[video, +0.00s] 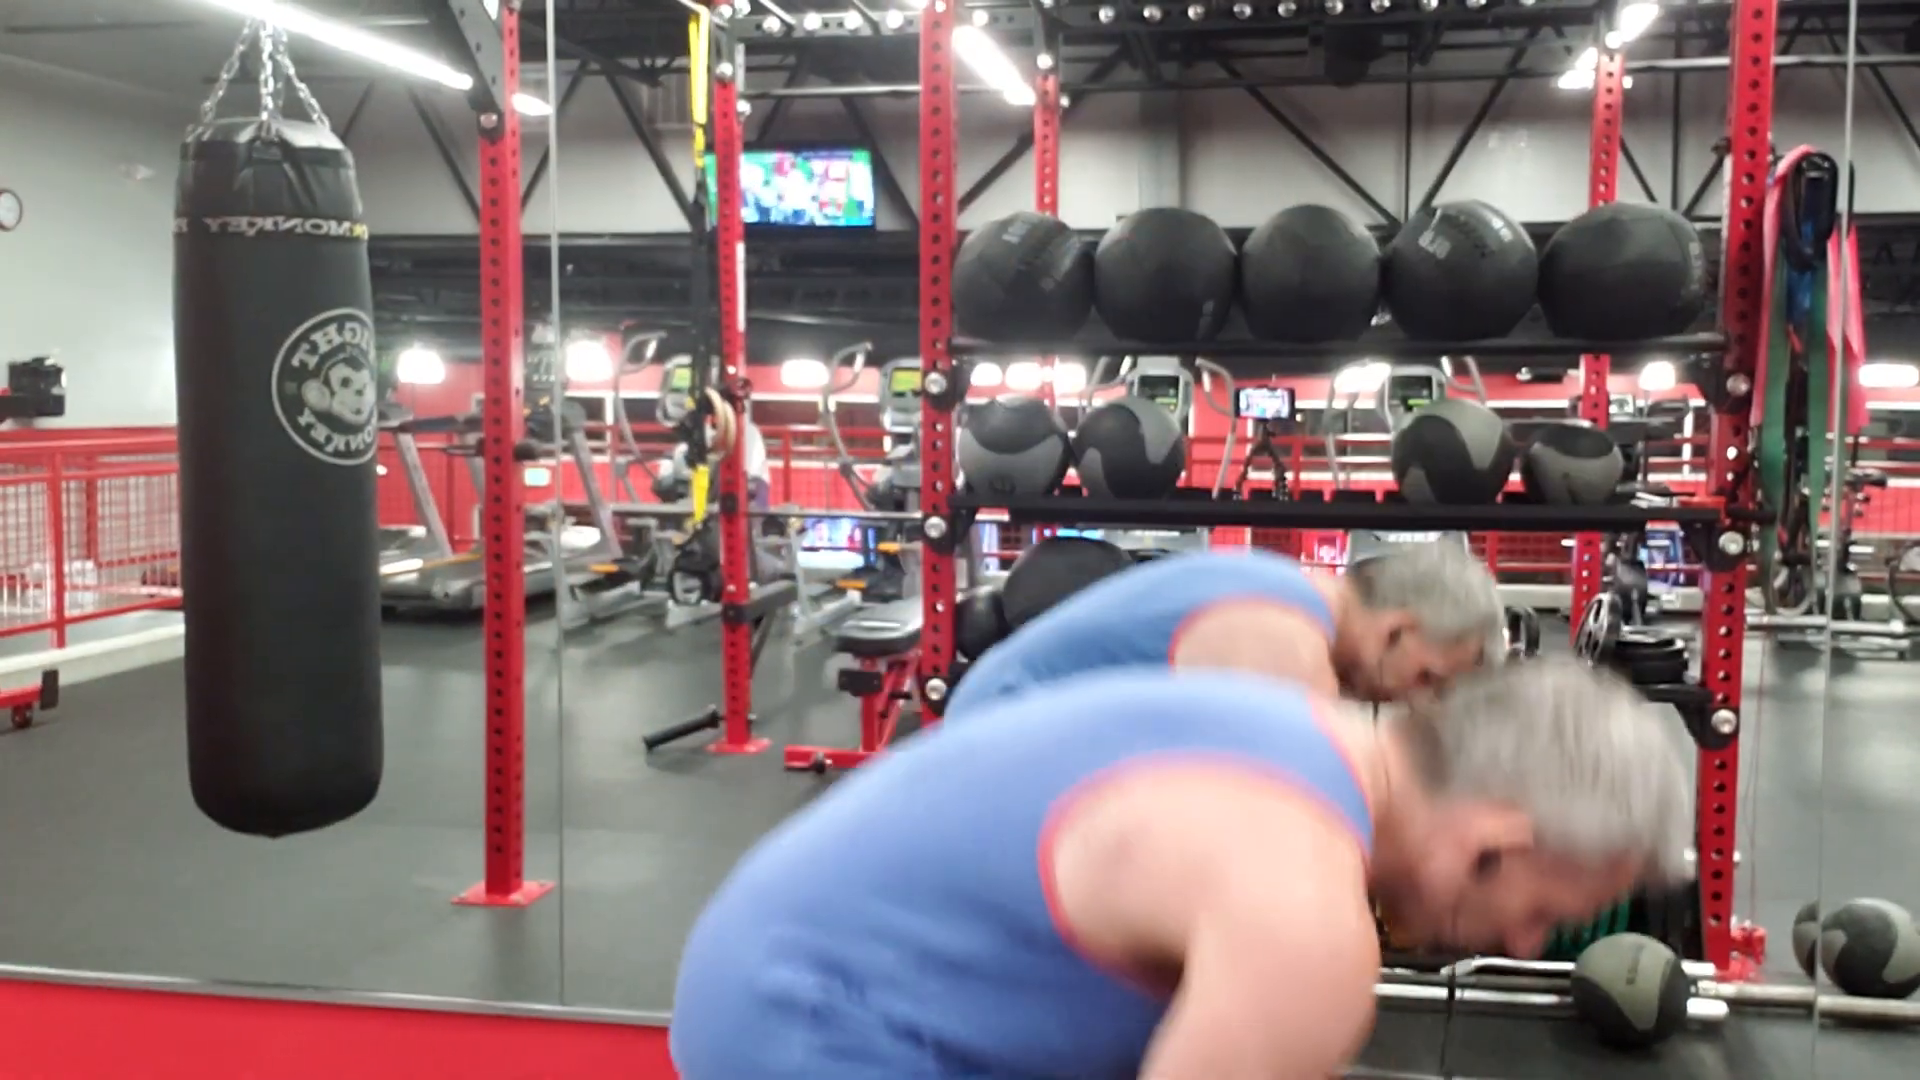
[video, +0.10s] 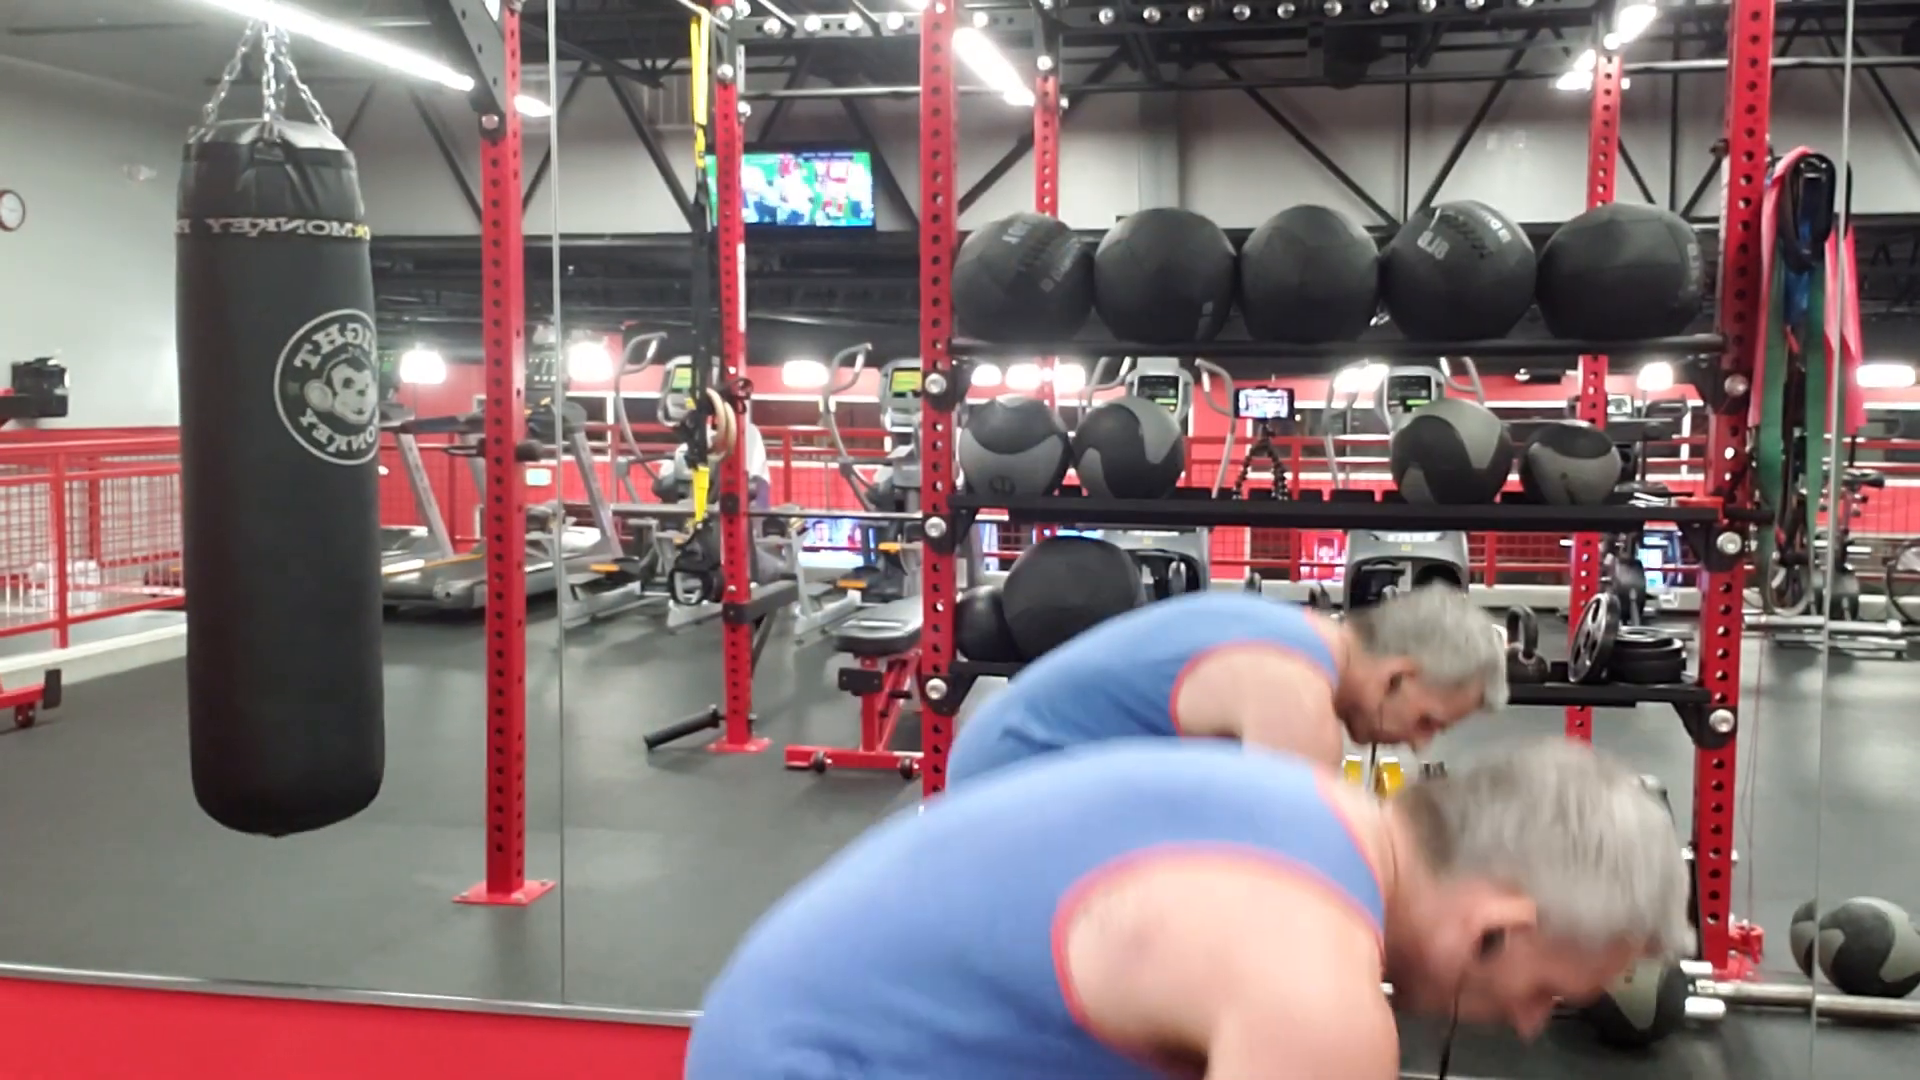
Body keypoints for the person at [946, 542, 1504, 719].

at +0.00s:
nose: (1416, 700)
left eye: (1434, 689)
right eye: (1425, 679)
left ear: (1395, 617)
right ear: (1396, 627)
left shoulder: (1295, 603)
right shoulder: (1277, 634)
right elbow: (1285, 807)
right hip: (998, 731)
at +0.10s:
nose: (1419, 745)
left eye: (1435, 733)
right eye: (1425, 725)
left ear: (1397, 663)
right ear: (1397, 675)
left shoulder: (1303, 644)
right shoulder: (1289, 692)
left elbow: (1308, 840)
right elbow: (1304, 866)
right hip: (1013, 768)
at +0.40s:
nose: (1426, 827)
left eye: (1442, 814)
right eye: (1433, 806)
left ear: (1399, 744)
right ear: (1401, 762)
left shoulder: (1309, 725)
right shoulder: (1306, 793)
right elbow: (1288, 983)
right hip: (1043, 881)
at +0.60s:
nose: (1429, 831)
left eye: (1446, 816)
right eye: (1437, 809)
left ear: (1399, 753)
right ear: (1399, 767)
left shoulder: (1313, 737)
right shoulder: (1306, 801)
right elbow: (1290, 991)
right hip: (1050, 893)